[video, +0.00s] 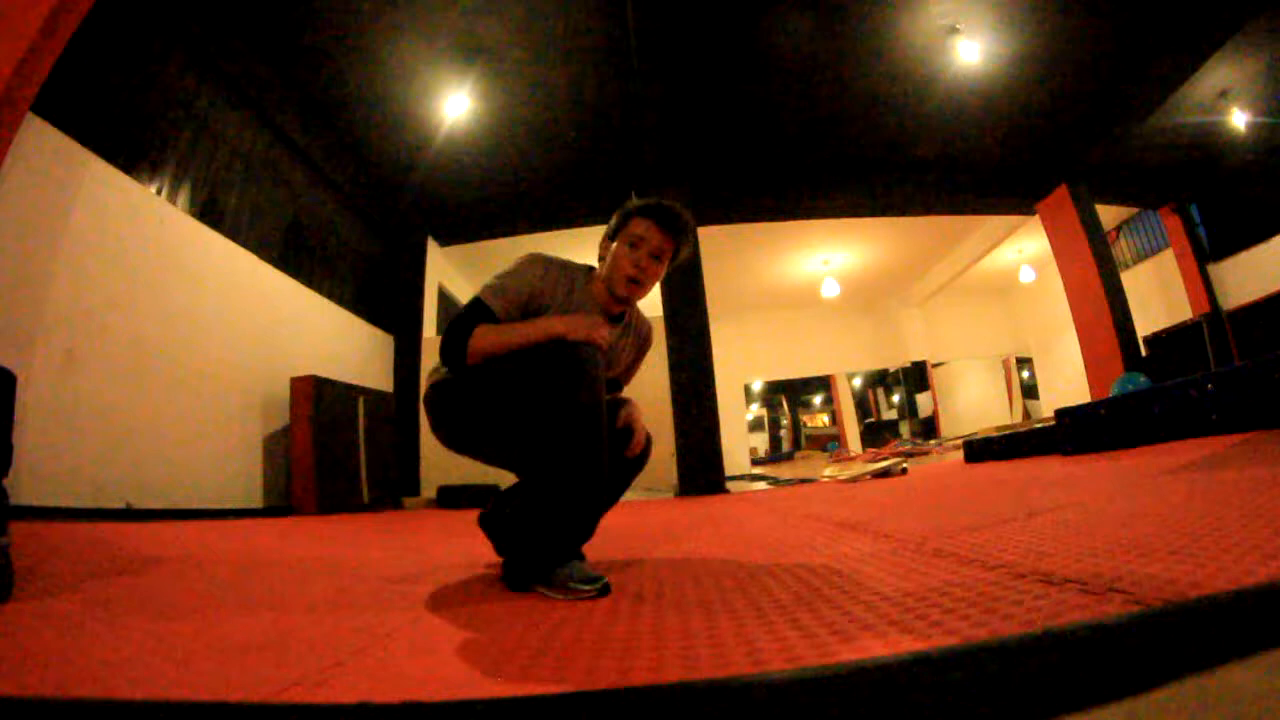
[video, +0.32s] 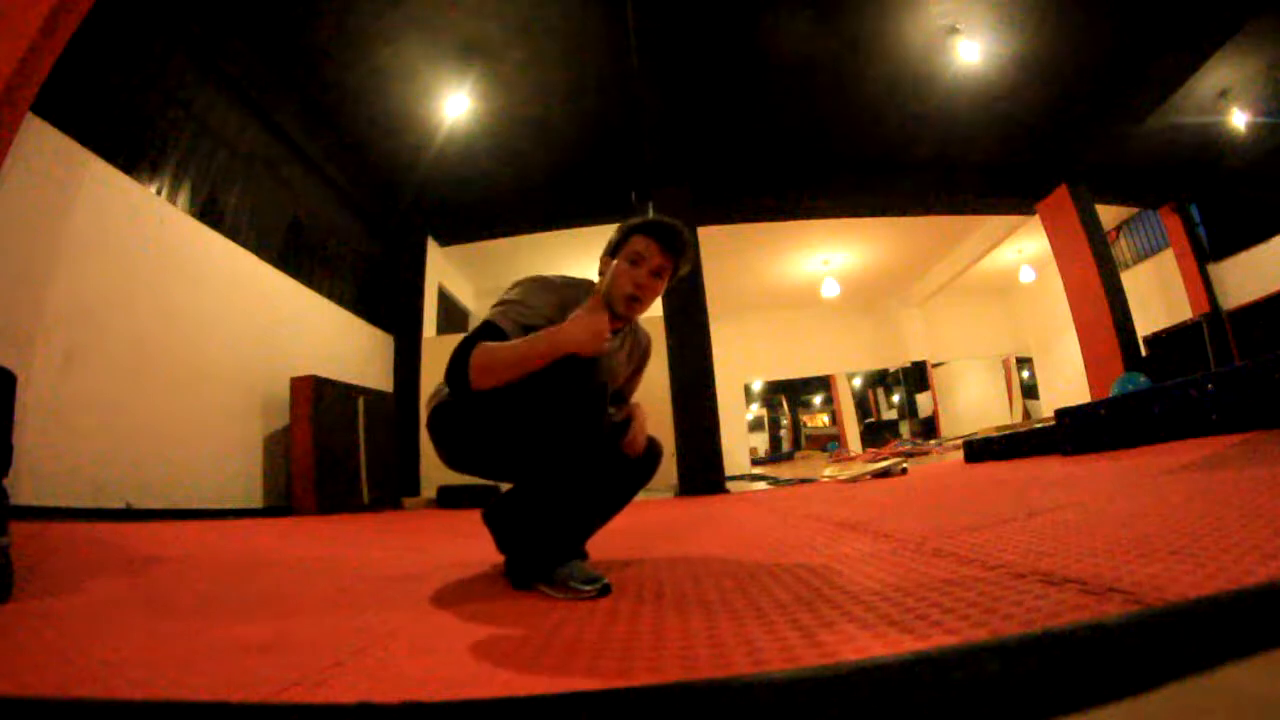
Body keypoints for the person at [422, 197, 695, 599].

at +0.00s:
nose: (641, 262)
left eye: (657, 257)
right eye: (632, 245)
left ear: (663, 274)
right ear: (605, 248)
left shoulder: (638, 335)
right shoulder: (541, 274)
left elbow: (598, 398)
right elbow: (456, 346)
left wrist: (627, 407)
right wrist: (559, 326)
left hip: (532, 423)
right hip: (464, 406)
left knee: (629, 439)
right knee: (577, 362)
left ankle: (516, 521)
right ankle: (544, 558)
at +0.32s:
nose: (643, 280)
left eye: (658, 274)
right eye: (634, 262)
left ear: (663, 290)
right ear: (605, 264)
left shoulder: (637, 346)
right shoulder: (543, 296)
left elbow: (607, 406)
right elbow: (464, 372)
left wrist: (633, 412)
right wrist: (564, 337)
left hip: (535, 439)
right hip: (467, 425)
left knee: (639, 453)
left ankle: (519, 518)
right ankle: (543, 559)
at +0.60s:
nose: (634, 284)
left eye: (647, 278)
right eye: (623, 268)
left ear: (654, 289)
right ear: (594, 271)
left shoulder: (629, 346)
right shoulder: (546, 302)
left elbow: (607, 410)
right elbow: (472, 361)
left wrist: (633, 417)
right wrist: (577, 322)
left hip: (542, 445)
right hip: (469, 433)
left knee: (643, 456)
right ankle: (544, 558)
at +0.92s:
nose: (673, 290)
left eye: (674, 278)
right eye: (668, 275)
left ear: (634, 275)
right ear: (632, 271)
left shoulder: (619, 341)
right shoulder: (556, 308)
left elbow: (601, 415)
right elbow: (449, 388)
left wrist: (636, 417)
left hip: (540, 464)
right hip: (481, 458)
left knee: (646, 455)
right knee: (582, 370)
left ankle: (544, 550)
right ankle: (542, 558)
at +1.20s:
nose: (674, 229)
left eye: (673, 216)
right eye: (668, 213)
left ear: (637, 212)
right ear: (636, 210)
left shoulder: (625, 295)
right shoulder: (547, 252)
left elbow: (596, 371)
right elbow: (433, 318)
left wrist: (637, 413)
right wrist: (423, 422)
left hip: (549, 401)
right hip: (481, 388)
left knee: (630, 451)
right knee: (601, 373)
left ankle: (516, 519)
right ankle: (551, 558)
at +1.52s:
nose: (650, 101)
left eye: (651, 93)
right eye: (645, 88)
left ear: (620, 88)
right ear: (619, 80)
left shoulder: (616, 160)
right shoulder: (561, 108)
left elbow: (607, 242)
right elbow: (570, 165)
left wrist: (600, 305)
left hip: (553, 287)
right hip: (507, 268)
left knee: (606, 390)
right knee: (566, 389)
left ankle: (553, 541)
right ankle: (540, 558)